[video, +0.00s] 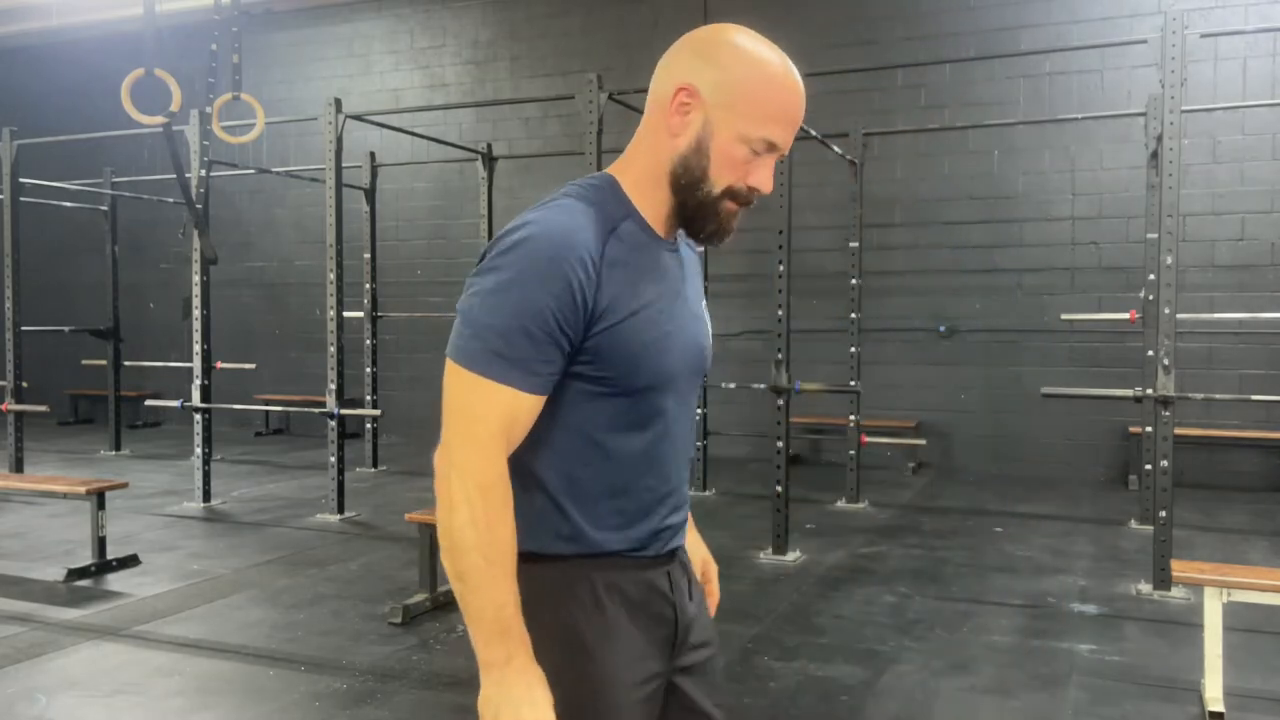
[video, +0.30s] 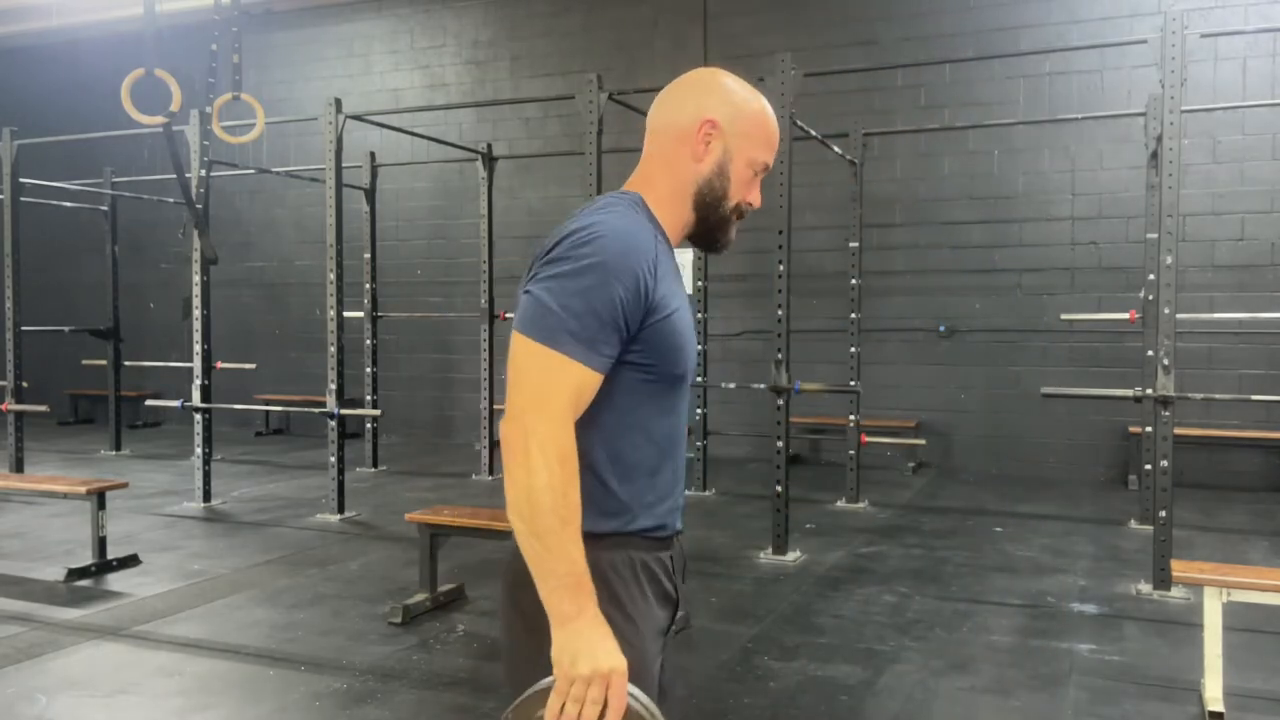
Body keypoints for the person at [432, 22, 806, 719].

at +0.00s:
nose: (764, 184)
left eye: (776, 159)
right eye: (756, 149)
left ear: (682, 116)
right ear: (681, 112)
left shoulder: (678, 243)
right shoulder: (554, 247)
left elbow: (637, 421)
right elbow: (466, 461)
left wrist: (682, 531)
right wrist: (505, 668)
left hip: (671, 587)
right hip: (572, 599)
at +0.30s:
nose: (755, 199)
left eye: (762, 179)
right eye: (755, 172)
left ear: (704, 145)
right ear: (704, 141)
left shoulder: (644, 248)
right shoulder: (612, 244)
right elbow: (533, 428)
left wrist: (653, 583)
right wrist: (576, 621)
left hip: (632, 573)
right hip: (597, 580)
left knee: (629, 709)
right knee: (596, 713)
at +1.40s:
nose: (856, 222)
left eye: (855, 214)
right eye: (857, 212)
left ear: (782, 215)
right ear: (849, 208)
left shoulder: (711, 273)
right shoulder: (869, 279)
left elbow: (644, 380)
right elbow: (893, 418)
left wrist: (635, 473)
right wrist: (923, 529)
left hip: (728, 506)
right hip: (822, 515)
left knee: (721, 664)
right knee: (821, 695)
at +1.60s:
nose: (873, 227)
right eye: (872, 219)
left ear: (796, 226)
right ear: (863, 217)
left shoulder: (734, 281)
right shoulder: (889, 283)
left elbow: (674, 386)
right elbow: (919, 412)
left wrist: (664, 471)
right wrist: (953, 511)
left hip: (755, 498)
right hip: (843, 502)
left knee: (776, 646)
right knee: (832, 680)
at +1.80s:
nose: (873, 236)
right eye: (872, 227)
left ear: (802, 236)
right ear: (864, 226)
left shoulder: (750, 295)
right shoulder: (893, 291)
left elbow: (698, 393)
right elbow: (927, 409)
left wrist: (677, 478)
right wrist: (961, 502)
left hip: (777, 494)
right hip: (859, 498)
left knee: (805, 638)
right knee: (851, 676)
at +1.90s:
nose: (871, 234)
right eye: (871, 225)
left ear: (804, 235)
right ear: (864, 226)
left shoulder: (758, 294)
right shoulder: (892, 287)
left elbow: (711, 388)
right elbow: (922, 399)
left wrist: (689, 473)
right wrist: (958, 492)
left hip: (788, 487)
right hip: (867, 491)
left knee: (813, 626)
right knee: (879, 660)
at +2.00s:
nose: (873, 233)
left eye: (872, 224)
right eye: (873, 224)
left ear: (810, 232)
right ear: (867, 223)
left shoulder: (765, 292)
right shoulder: (892, 283)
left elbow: (720, 385)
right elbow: (922, 393)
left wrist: (707, 464)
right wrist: (957, 484)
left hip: (796, 483)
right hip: (874, 485)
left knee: (816, 623)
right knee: (903, 630)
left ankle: (822, 716)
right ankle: (868, 713)